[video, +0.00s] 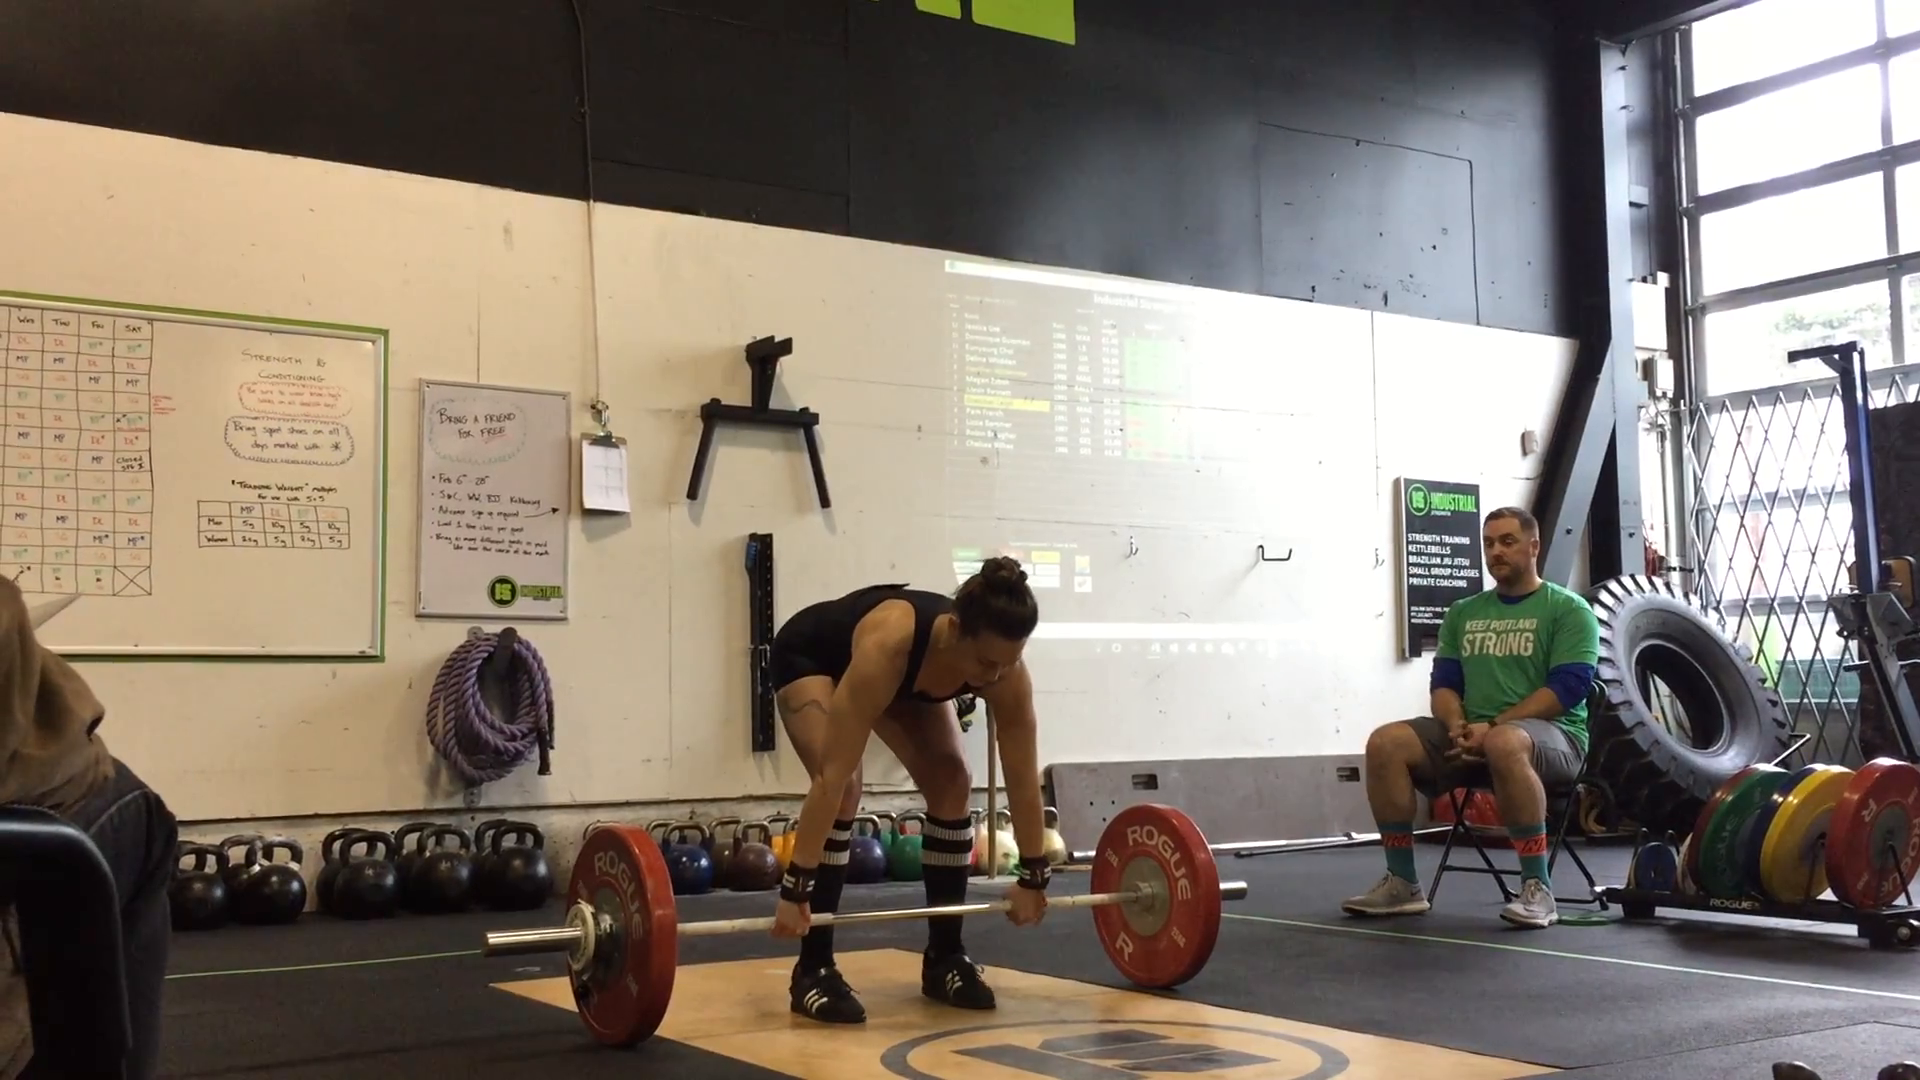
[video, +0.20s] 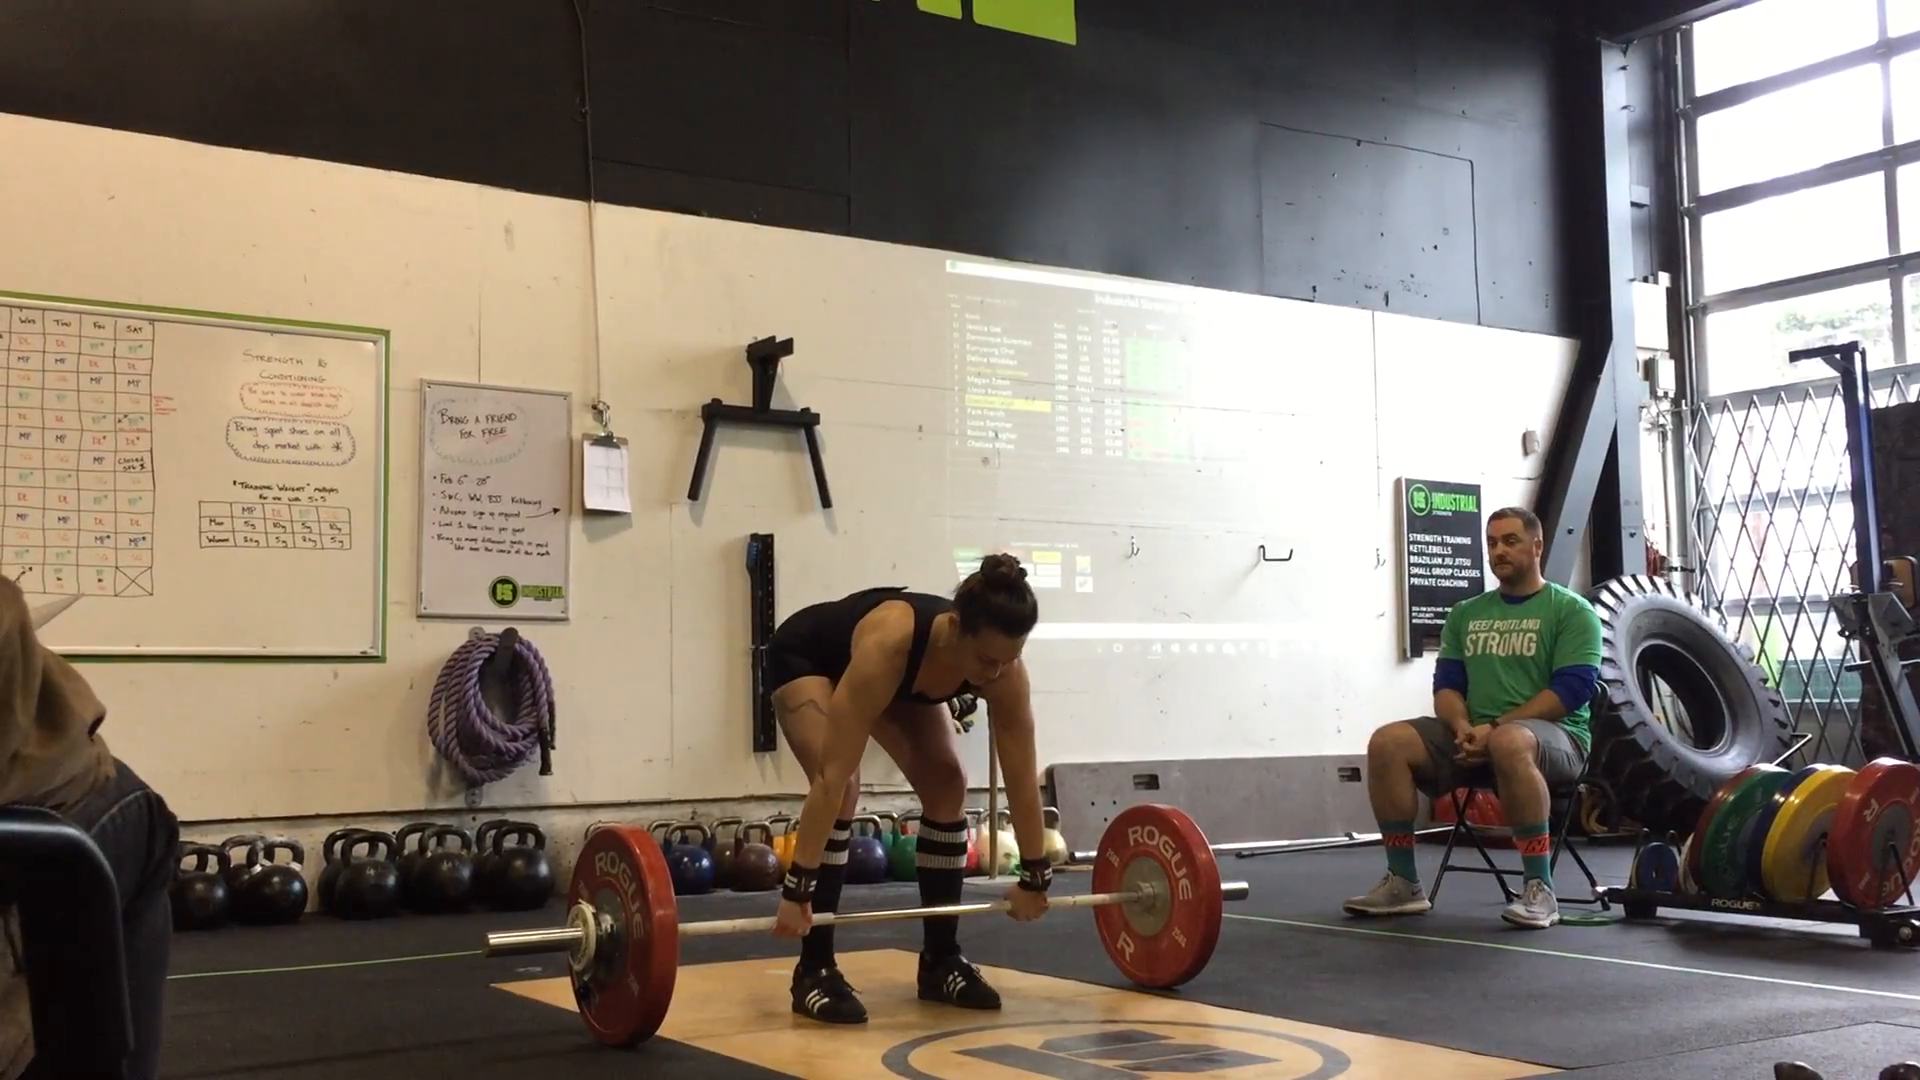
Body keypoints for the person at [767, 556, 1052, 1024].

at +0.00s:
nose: (996, 677)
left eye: (1008, 665)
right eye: (987, 663)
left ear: (1021, 649)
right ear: (952, 631)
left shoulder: (1010, 676)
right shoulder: (888, 645)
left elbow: (1023, 781)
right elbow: (833, 776)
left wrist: (1033, 877)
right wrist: (794, 890)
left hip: (903, 677)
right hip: (810, 659)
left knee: (951, 781)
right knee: (842, 789)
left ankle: (945, 959)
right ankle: (814, 971)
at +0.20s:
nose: (996, 674)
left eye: (1008, 663)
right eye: (987, 660)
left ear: (1020, 646)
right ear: (951, 630)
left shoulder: (1007, 675)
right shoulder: (888, 642)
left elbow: (1022, 780)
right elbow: (833, 774)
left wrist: (1034, 876)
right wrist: (796, 888)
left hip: (899, 676)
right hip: (806, 659)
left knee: (946, 786)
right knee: (841, 788)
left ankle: (941, 962)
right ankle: (815, 972)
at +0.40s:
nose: (997, 670)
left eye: (1008, 659)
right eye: (987, 656)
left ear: (1021, 641)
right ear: (952, 625)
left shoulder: (1006, 672)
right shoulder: (888, 644)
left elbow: (1020, 778)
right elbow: (833, 772)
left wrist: (1033, 874)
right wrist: (798, 887)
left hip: (896, 676)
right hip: (805, 659)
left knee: (944, 787)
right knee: (840, 788)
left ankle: (942, 962)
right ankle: (816, 973)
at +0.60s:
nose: (999, 672)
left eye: (1010, 660)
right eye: (989, 658)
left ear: (1022, 643)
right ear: (954, 628)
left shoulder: (1007, 673)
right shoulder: (890, 645)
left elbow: (1020, 778)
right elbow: (833, 774)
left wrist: (1033, 875)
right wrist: (799, 889)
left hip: (897, 676)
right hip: (805, 659)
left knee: (943, 789)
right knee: (843, 789)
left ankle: (942, 964)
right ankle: (817, 974)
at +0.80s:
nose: (1000, 671)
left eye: (1011, 659)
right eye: (990, 657)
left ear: (1023, 641)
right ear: (956, 627)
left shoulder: (1007, 672)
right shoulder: (890, 647)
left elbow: (1021, 778)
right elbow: (832, 776)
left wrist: (1034, 875)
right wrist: (796, 888)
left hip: (895, 684)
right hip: (806, 672)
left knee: (953, 792)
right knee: (850, 791)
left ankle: (943, 965)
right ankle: (818, 974)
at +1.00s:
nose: (1008, 662)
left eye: (1019, 647)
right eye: (997, 645)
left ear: (1026, 633)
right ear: (956, 624)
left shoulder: (1007, 673)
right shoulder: (893, 646)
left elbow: (1019, 775)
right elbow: (831, 771)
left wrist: (1034, 872)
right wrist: (798, 886)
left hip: (900, 670)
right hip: (805, 646)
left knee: (928, 784)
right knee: (834, 789)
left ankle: (943, 964)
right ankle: (818, 974)